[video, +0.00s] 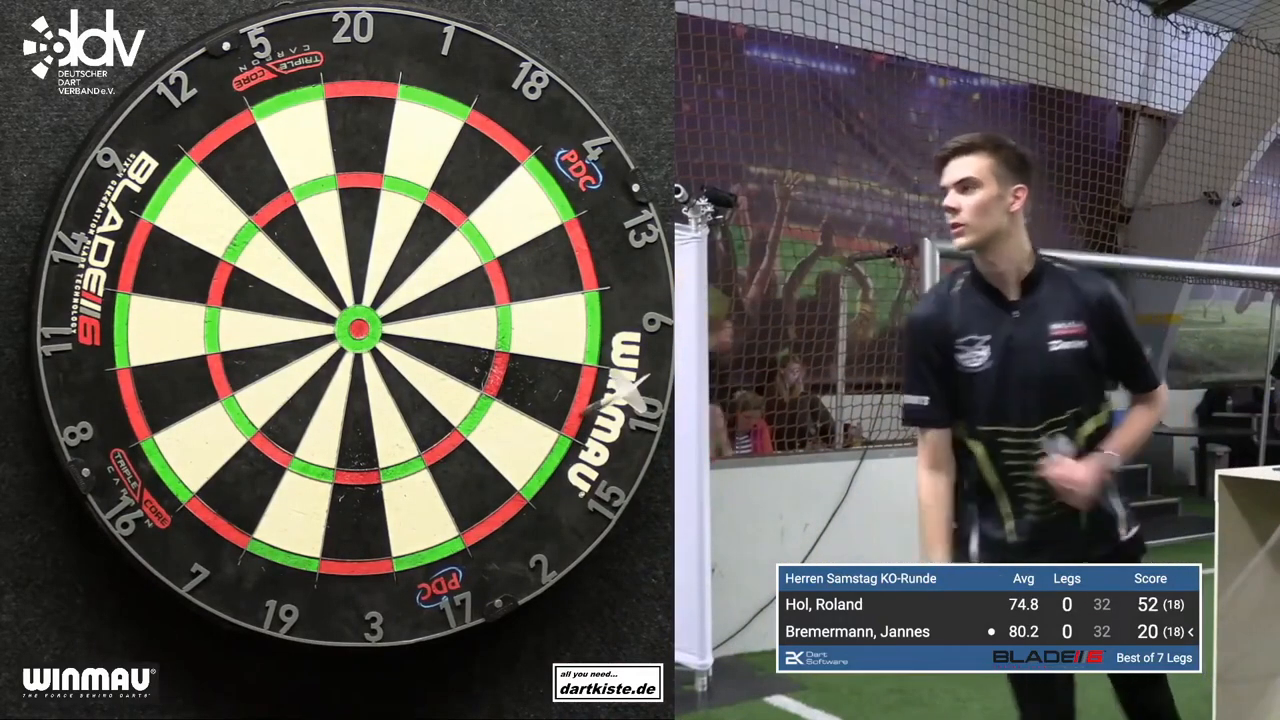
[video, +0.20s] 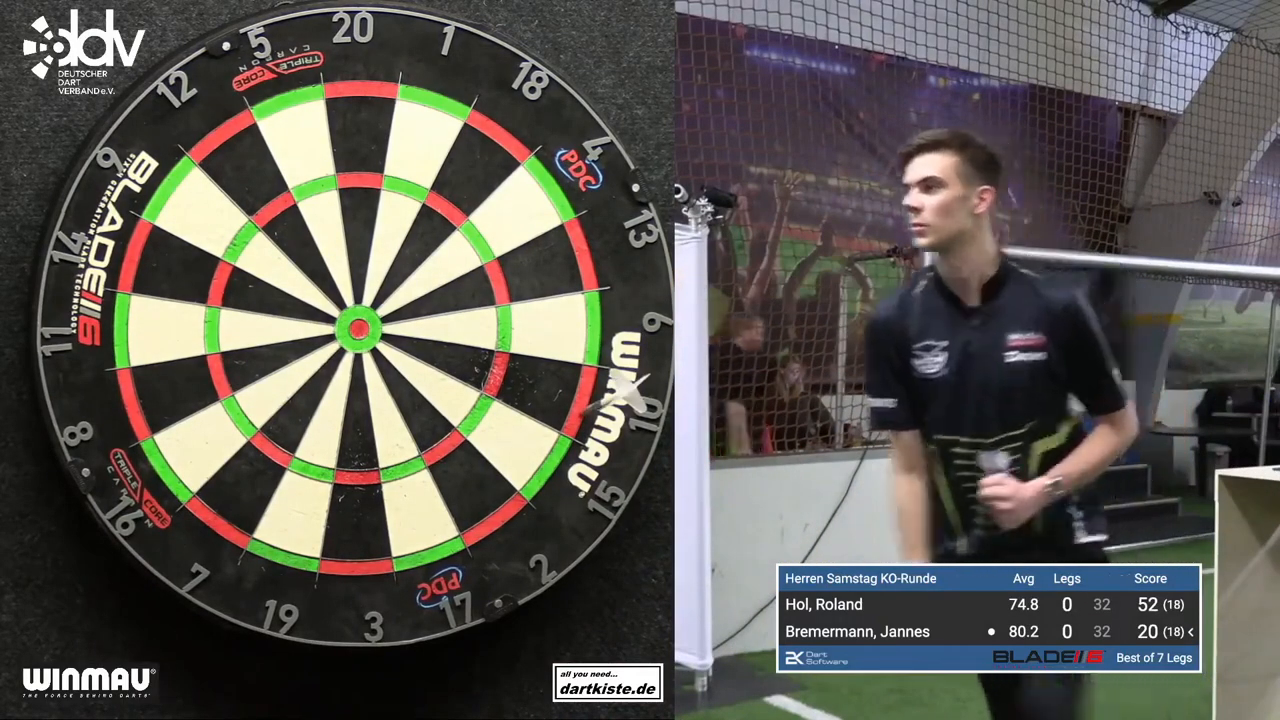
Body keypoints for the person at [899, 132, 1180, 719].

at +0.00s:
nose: (948, 204)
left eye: (966, 188)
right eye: (946, 193)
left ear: (1016, 199)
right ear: (945, 206)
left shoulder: (1089, 297)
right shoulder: (936, 319)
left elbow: (1152, 397)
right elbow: (935, 464)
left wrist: (1101, 464)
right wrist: (939, 583)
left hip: (1102, 546)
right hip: (1008, 560)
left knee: (1147, 701)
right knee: (1044, 710)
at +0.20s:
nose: (911, 203)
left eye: (930, 187)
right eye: (909, 191)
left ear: (982, 200)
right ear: (907, 204)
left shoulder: (1056, 309)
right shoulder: (898, 323)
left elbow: (1120, 424)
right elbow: (909, 465)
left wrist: (1041, 490)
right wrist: (918, 581)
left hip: (1061, 566)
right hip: (969, 571)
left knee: (1049, 707)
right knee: (1009, 707)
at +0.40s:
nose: (844, 202)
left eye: (868, 187)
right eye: (844, 188)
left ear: (925, 204)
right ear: (843, 201)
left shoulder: (996, 324)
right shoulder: (831, 330)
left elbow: (1081, 451)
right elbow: (829, 481)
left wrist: (983, 526)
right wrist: (832, 619)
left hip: (1003, 580)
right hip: (911, 586)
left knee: (947, 708)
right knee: (992, 708)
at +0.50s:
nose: (786, 180)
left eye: (813, 166)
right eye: (788, 164)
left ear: (875, 187)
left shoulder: (938, 321)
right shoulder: (774, 316)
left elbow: (1026, 465)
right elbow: (771, 467)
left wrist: (902, 539)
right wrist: (768, 615)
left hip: (928, 590)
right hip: (832, 589)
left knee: (889, 707)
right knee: (885, 706)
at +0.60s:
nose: (742, 156)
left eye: (769, 141)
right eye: (746, 140)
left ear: (832, 164)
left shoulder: (887, 299)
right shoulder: (746, 289)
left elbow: (966, 464)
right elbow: (738, 452)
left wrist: (823, 525)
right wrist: (722, 601)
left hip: (887, 592)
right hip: (795, 593)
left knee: (855, 708)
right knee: (809, 707)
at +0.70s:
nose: (679, 130)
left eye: (702, 110)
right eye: (680, 112)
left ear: (767, 132)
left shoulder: (809, 267)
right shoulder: (702, 265)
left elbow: (840, 458)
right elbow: (694, 427)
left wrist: (698, 478)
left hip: (817, 548)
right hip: (732, 542)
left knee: (826, 705)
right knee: (701, 698)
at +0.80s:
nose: (655, 119)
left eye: (674, 101)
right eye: (660, 101)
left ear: (721, 124)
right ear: (711, 125)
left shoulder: (743, 252)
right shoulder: (665, 247)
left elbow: (752, 454)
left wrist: (615, 459)